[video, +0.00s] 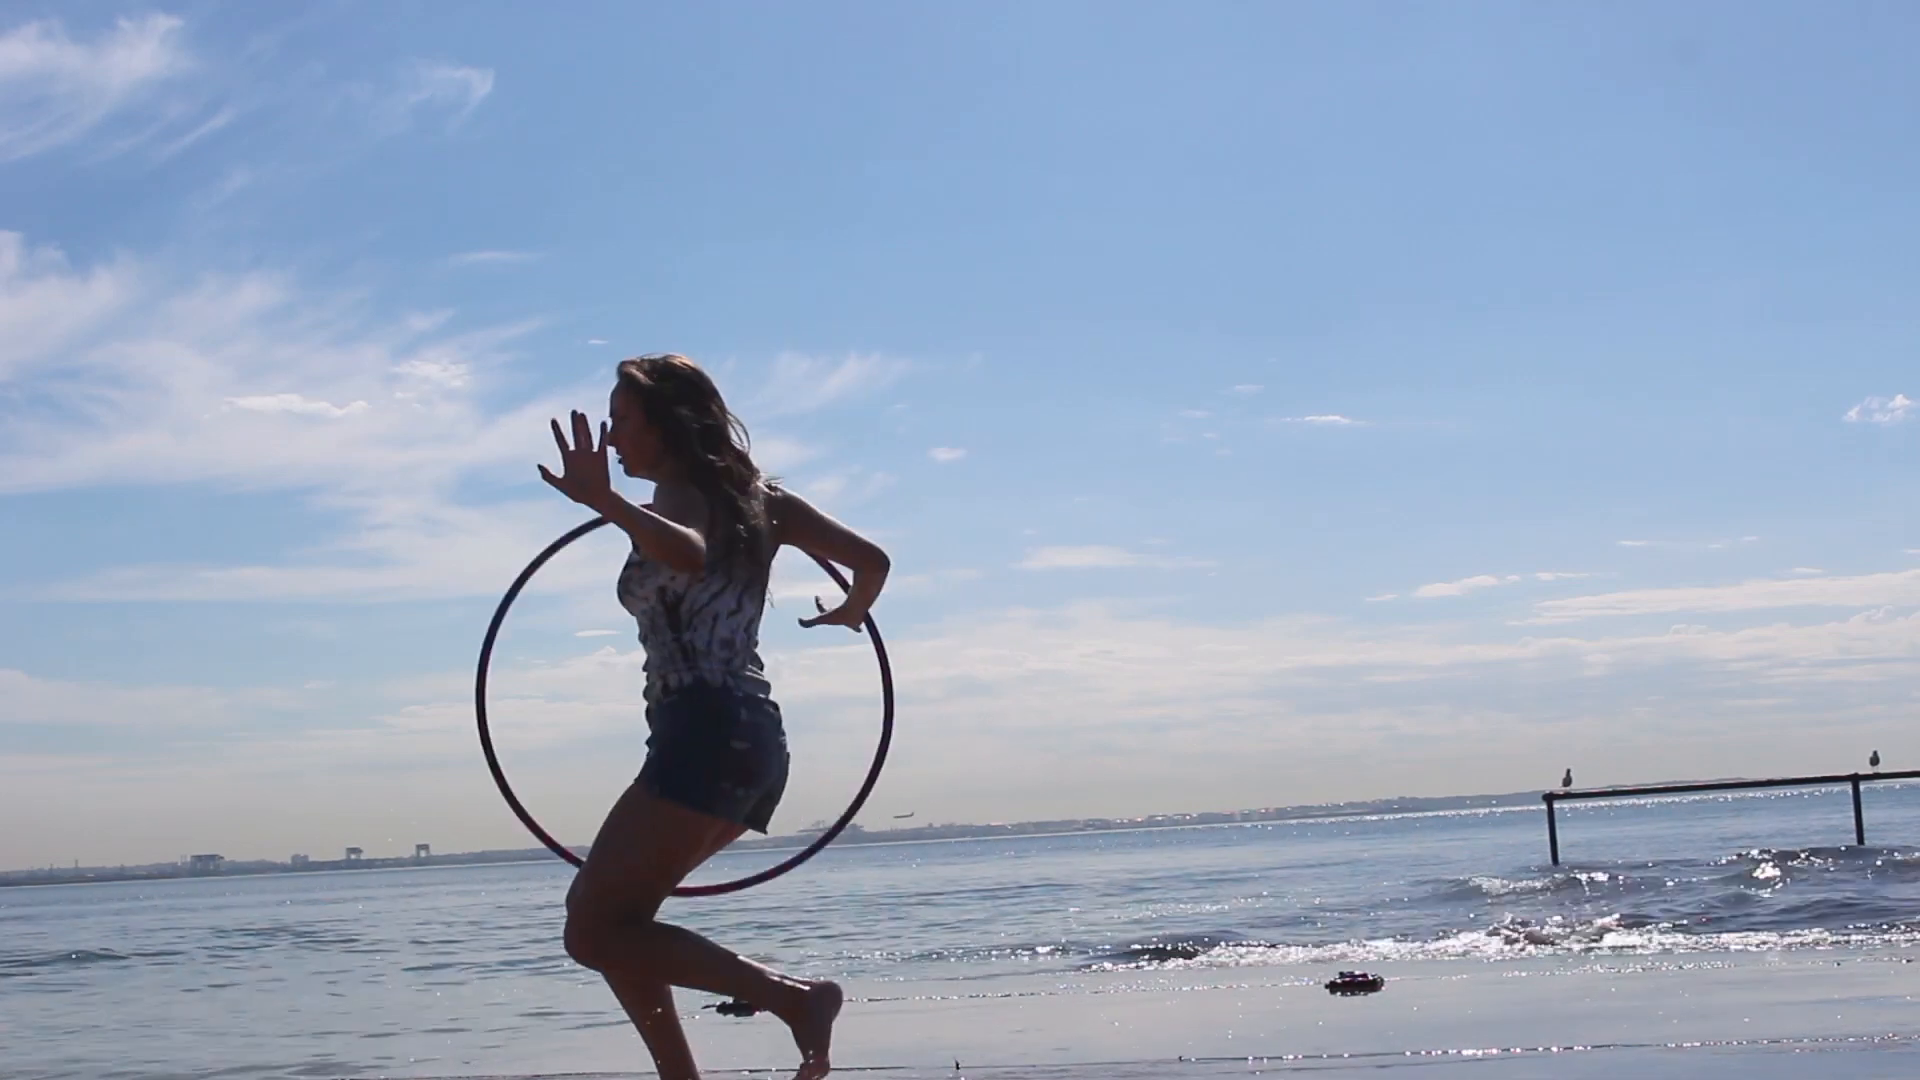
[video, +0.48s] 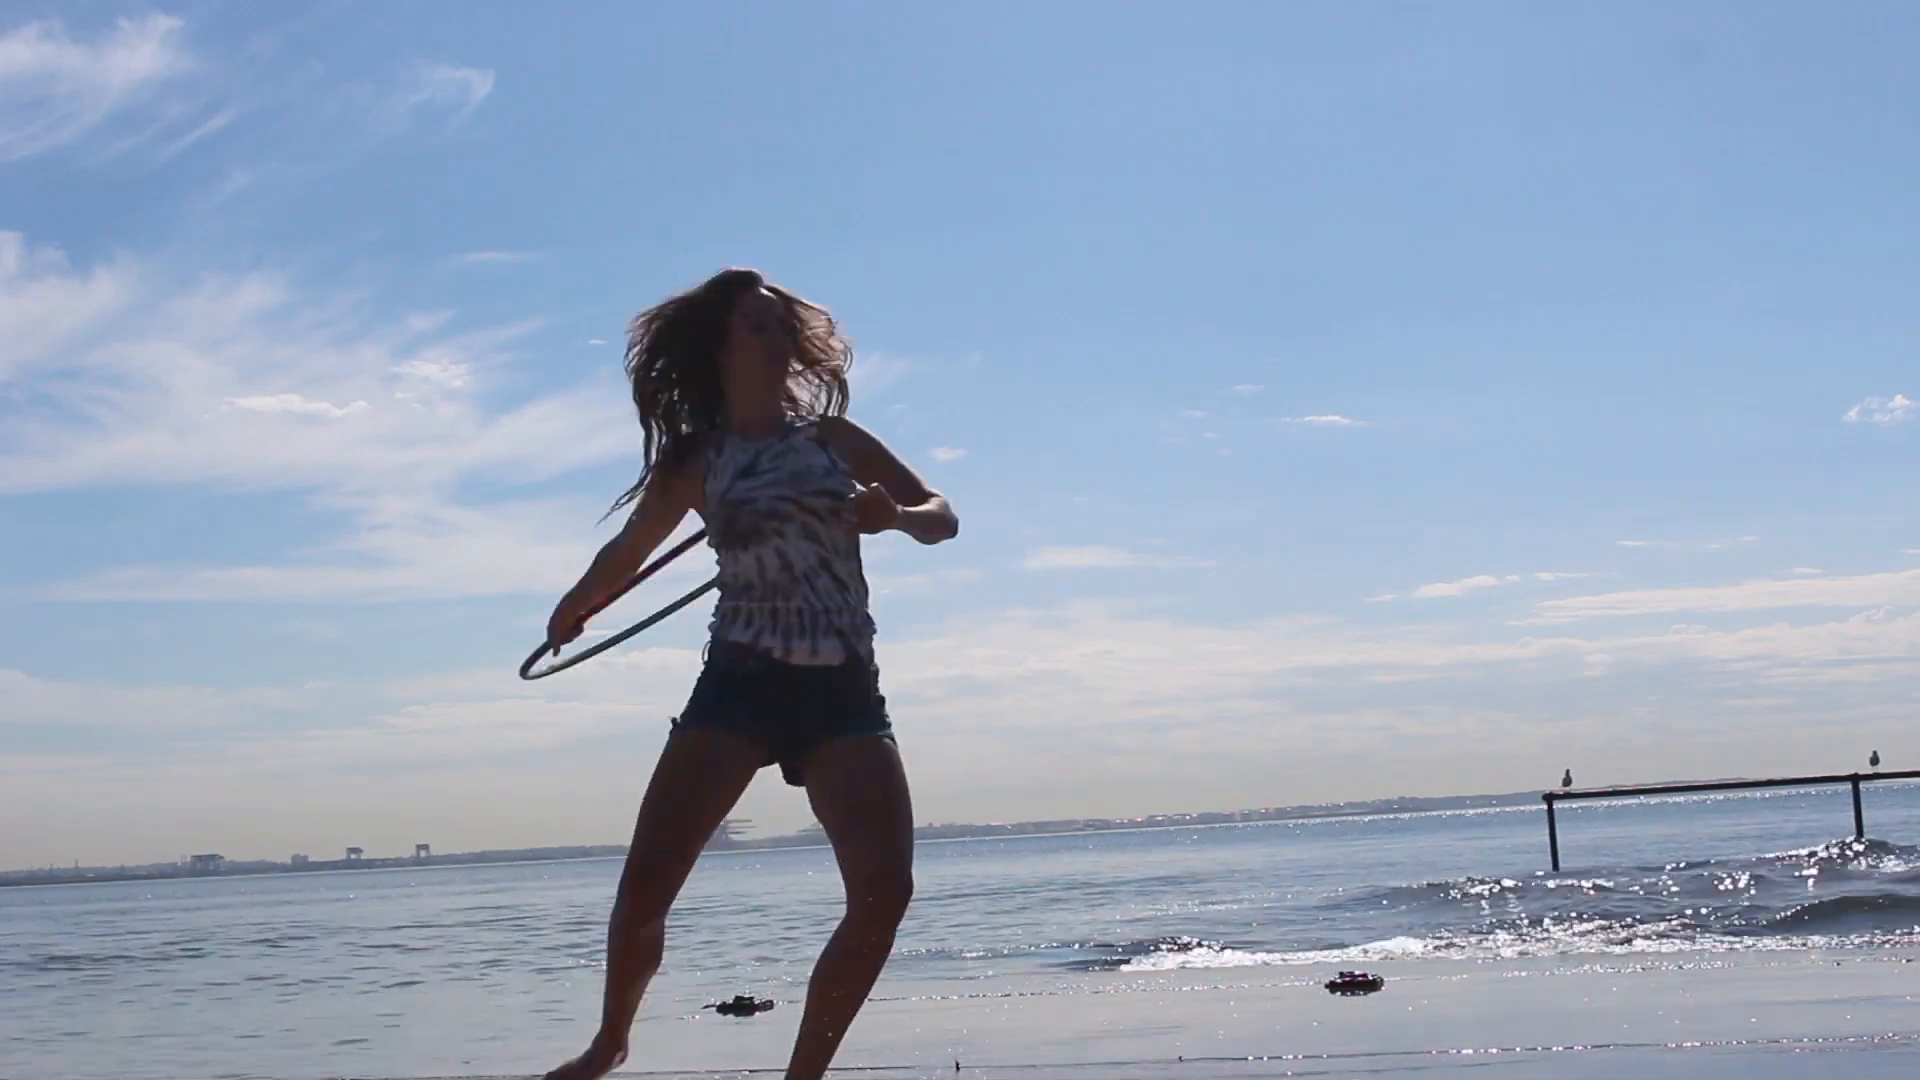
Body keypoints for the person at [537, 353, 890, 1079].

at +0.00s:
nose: (611, 437)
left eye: (621, 424)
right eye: (611, 423)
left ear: (666, 426)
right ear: (681, 428)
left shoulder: (678, 499)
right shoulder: (759, 499)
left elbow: (691, 554)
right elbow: (871, 559)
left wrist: (600, 499)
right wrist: (854, 610)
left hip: (706, 741)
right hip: (750, 745)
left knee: (591, 932)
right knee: (609, 921)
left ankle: (800, 1002)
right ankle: (681, 1073)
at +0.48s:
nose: (782, 329)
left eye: (787, 321)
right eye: (761, 316)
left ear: (795, 346)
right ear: (721, 342)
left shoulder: (834, 437)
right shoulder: (696, 458)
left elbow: (942, 516)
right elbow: (626, 555)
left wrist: (899, 513)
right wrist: (578, 603)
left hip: (839, 690)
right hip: (737, 688)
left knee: (884, 890)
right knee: (645, 883)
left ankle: (805, 1072)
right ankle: (611, 1042)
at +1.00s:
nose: (915, 301)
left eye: (909, 291)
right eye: (905, 291)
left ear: (814, 321)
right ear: (888, 305)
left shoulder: (802, 404)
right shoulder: (921, 366)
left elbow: (731, 361)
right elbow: (1014, 256)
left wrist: (793, 278)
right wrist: (978, 213)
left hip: (839, 654)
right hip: (929, 651)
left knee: (874, 868)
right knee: (990, 873)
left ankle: (833, 1067)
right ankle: (1042, 1067)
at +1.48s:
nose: (912, 343)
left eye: (926, 330)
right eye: (895, 326)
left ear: (940, 339)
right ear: (859, 333)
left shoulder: (964, 412)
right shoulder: (818, 435)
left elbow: (998, 263)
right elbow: (831, 532)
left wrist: (941, 300)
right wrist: (959, 514)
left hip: (972, 669)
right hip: (867, 675)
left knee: (945, 894)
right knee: (855, 902)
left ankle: (942, 1065)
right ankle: (935, 1031)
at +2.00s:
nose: (739, 281)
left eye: (762, 247)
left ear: (787, 260)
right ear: (842, 269)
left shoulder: (785, 338)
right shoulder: (874, 352)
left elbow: (675, 218)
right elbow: (927, 283)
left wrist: (792, 225)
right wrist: (850, 245)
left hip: (833, 640)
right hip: (891, 635)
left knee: (768, 857)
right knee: (879, 858)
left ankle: (750, 1071)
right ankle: (955, 1064)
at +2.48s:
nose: (769, 287)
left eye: (775, 272)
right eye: (763, 265)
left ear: (739, 273)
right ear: (720, 261)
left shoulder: (703, 358)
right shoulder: (690, 351)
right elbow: (676, 251)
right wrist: (662, 244)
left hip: (655, 630)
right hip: (680, 630)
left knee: (694, 872)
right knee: (697, 871)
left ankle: (701, 1072)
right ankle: (638, 1073)